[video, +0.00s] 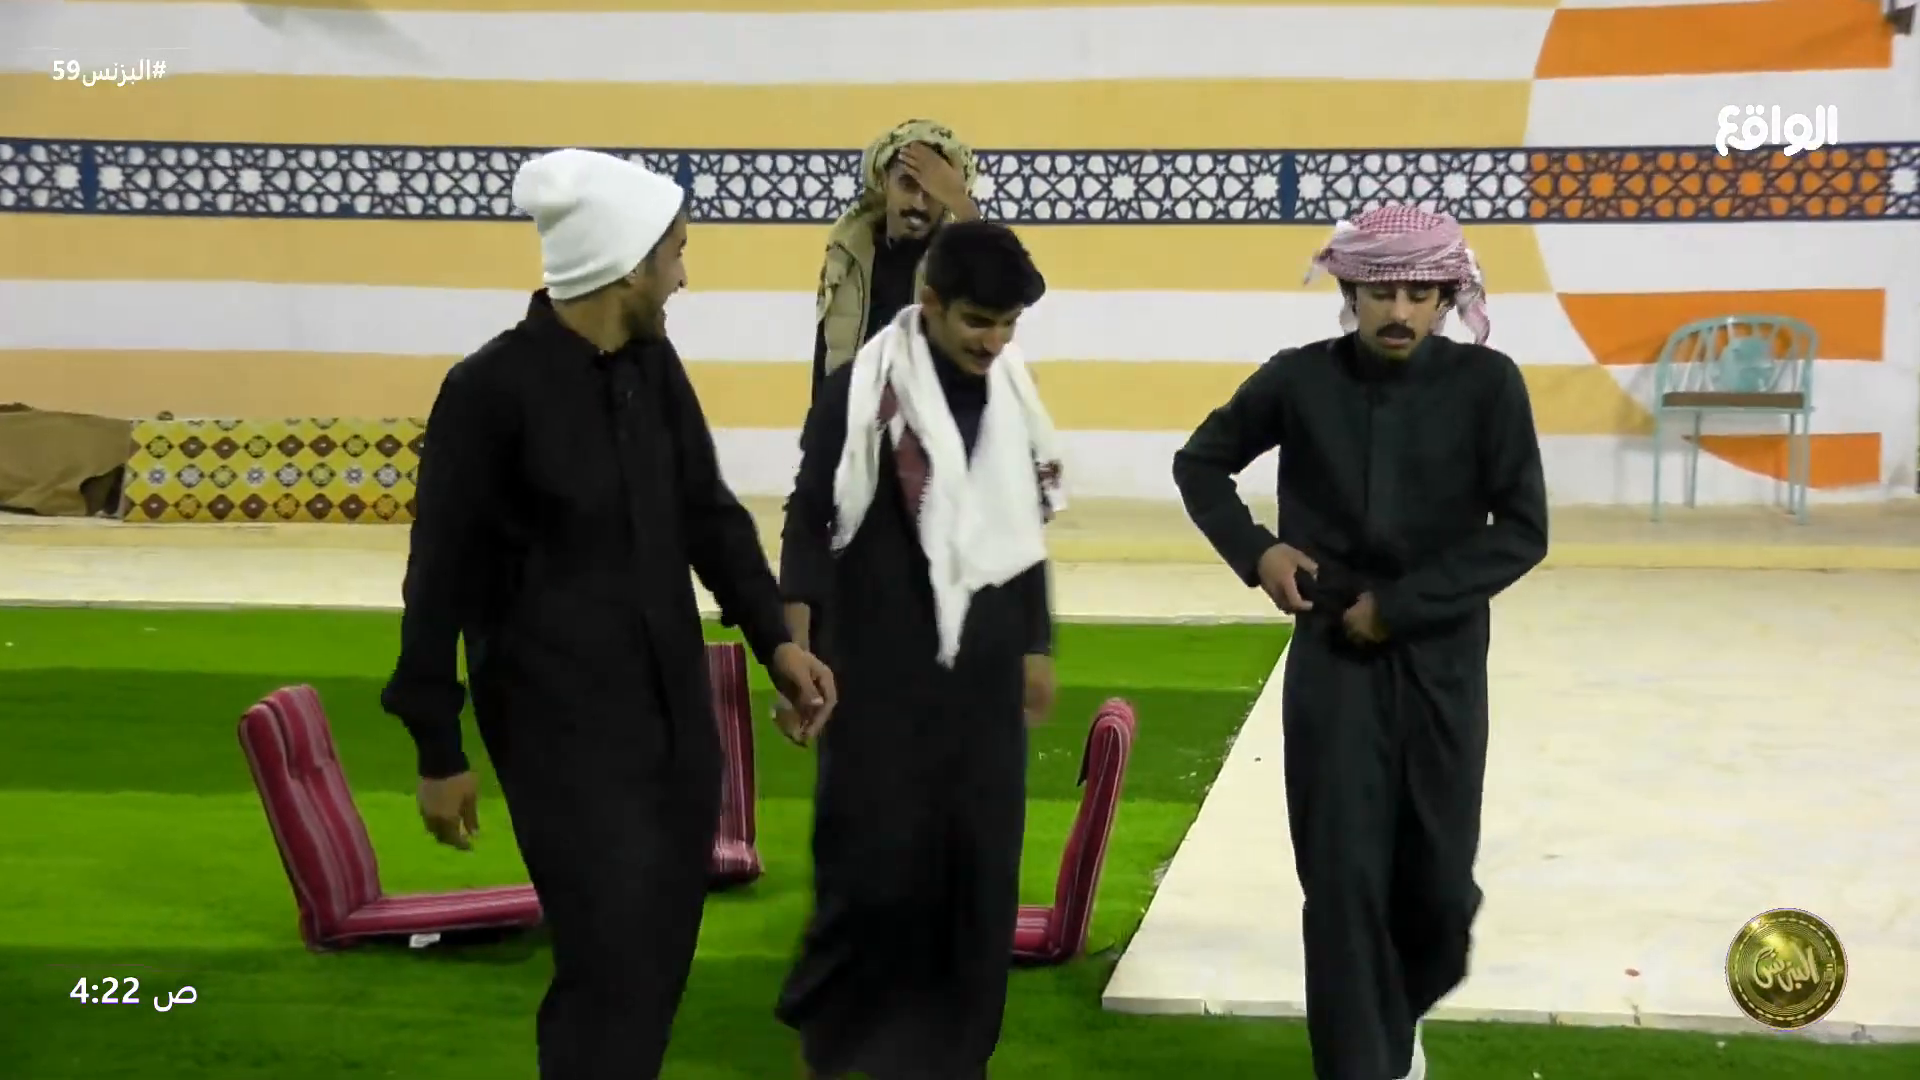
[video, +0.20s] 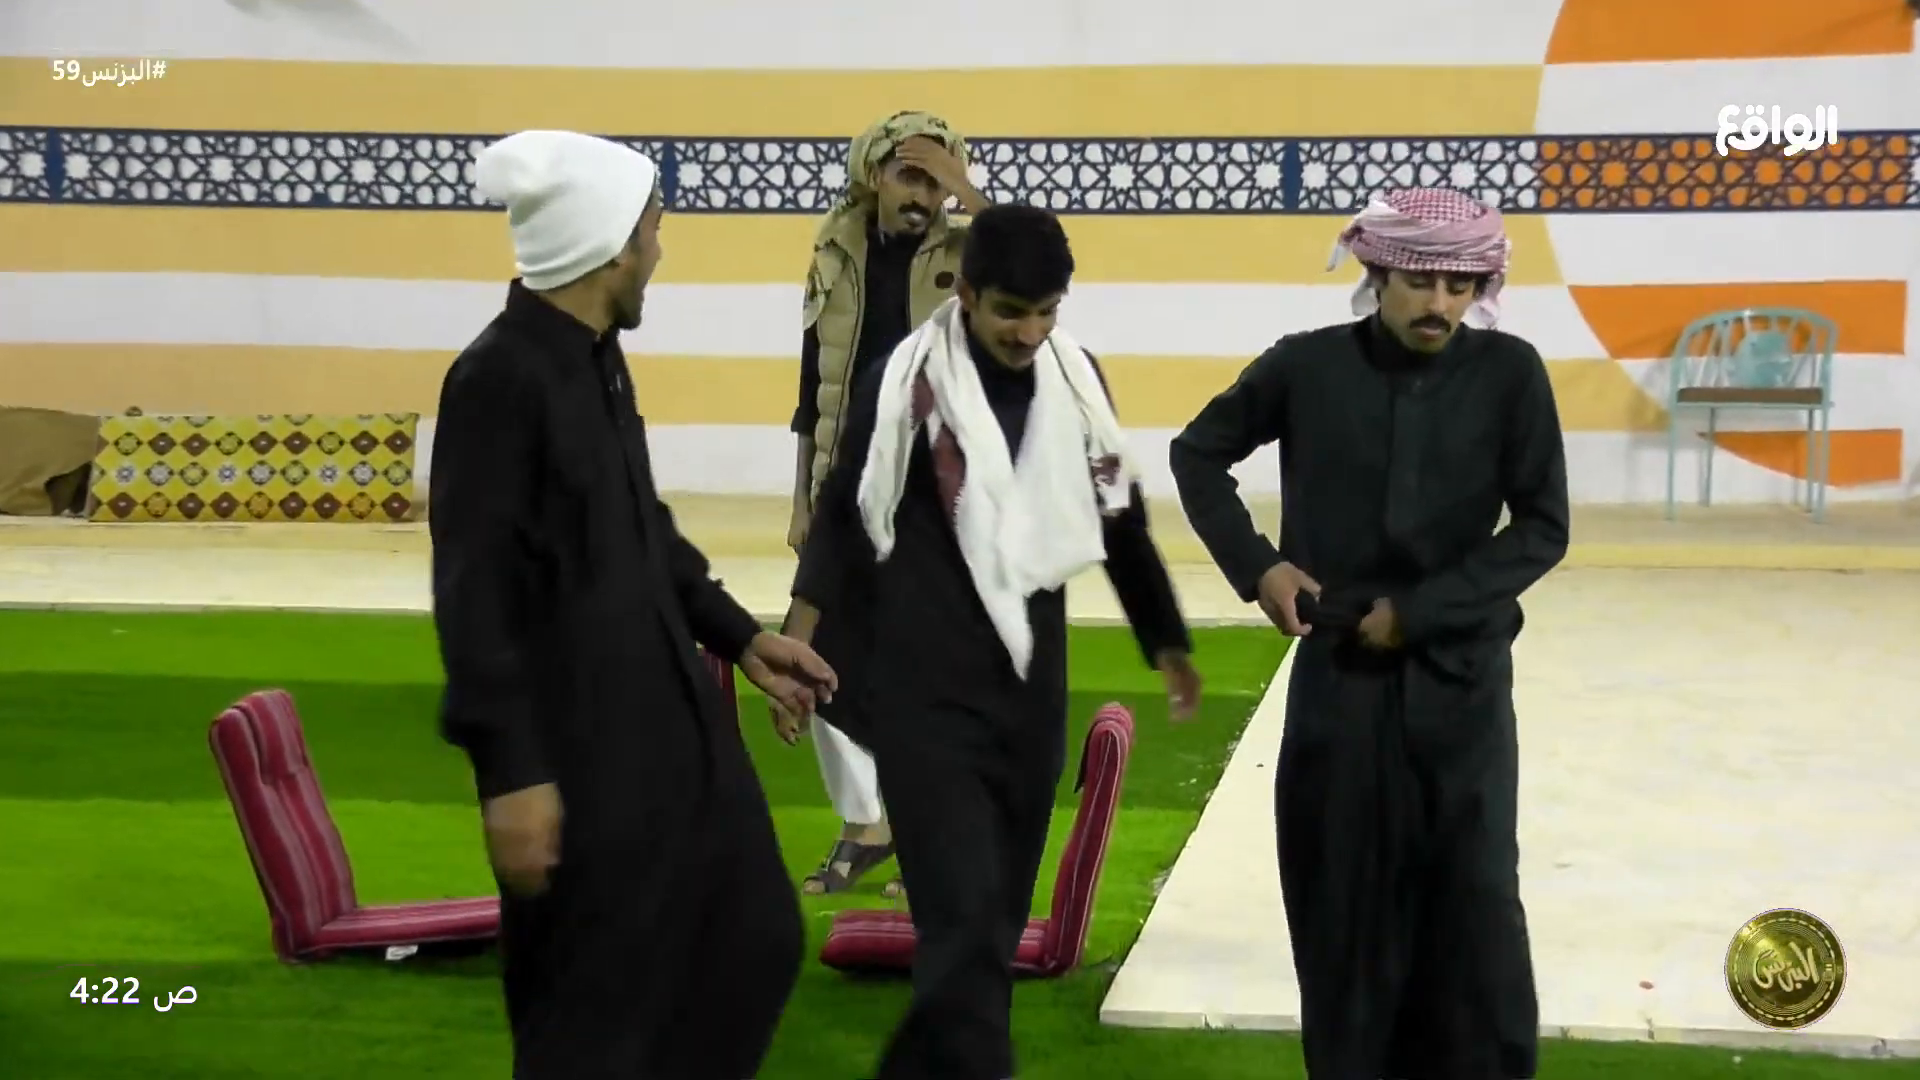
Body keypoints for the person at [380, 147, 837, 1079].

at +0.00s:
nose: (683, 276)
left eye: (681, 253)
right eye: (671, 254)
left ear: (615, 264)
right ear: (615, 263)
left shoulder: (651, 366)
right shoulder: (489, 390)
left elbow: (708, 511)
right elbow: (435, 579)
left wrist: (777, 638)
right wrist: (438, 752)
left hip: (673, 720)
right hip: (560, 731)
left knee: (660, 969)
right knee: (607, 974)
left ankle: (620, 1073)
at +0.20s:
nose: (663, 237)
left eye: (657, 218)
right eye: (651, 221)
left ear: (592, 247)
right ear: (610, 246)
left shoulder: (596, 363)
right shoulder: (495, 379)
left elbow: (643, 531)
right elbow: (471, 591)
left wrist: (746, 640)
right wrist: (510, 771)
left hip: (674, 734)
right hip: (580, 749)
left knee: (755, 946)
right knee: (592, 1009)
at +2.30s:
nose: (1001, 265)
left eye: (988, 243)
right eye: (994, 246)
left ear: (876, 280)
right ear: (985, 266)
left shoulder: (821, 422)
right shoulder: (1046, 389)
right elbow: (1208, 511)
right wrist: (1227, 449)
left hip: (907, 828)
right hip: (1073, 812)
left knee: (953, 1046)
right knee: (1131, 1034)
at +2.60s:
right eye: (969, 223)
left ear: (853, 269)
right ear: (969, 248)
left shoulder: (815, 407)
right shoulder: (1063, 370)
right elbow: (1246, 467)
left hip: (909, 836)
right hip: (1080, 816)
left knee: (938, 1045)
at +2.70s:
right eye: (984, 226)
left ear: (874, 268)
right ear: (989, 252)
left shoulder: (826, 403)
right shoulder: (1072, 377)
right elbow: (1199, 498)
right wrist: (1147, 369)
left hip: (901, 822)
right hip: (1065, 811)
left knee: (924, 1049)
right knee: (1116, 1047)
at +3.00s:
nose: (781, 358)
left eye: (795, 341)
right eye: (787, 337)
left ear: (840, 364)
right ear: (908, 355)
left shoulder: (849, 481)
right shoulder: (1025, 456)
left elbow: (844, 675)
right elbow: (1099, 625)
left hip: (946, 864)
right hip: (1092, 856)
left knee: (870, 1057)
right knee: (1086, 1059)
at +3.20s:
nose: (668, 397)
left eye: (693, 371)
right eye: (666, 373)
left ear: (768, 381)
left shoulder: (839, 488)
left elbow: (907, 705)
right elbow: (840, 709)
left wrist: (827, 855)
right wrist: (697, 788)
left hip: (1011, 846)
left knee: (785, 1000)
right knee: (781, 981)